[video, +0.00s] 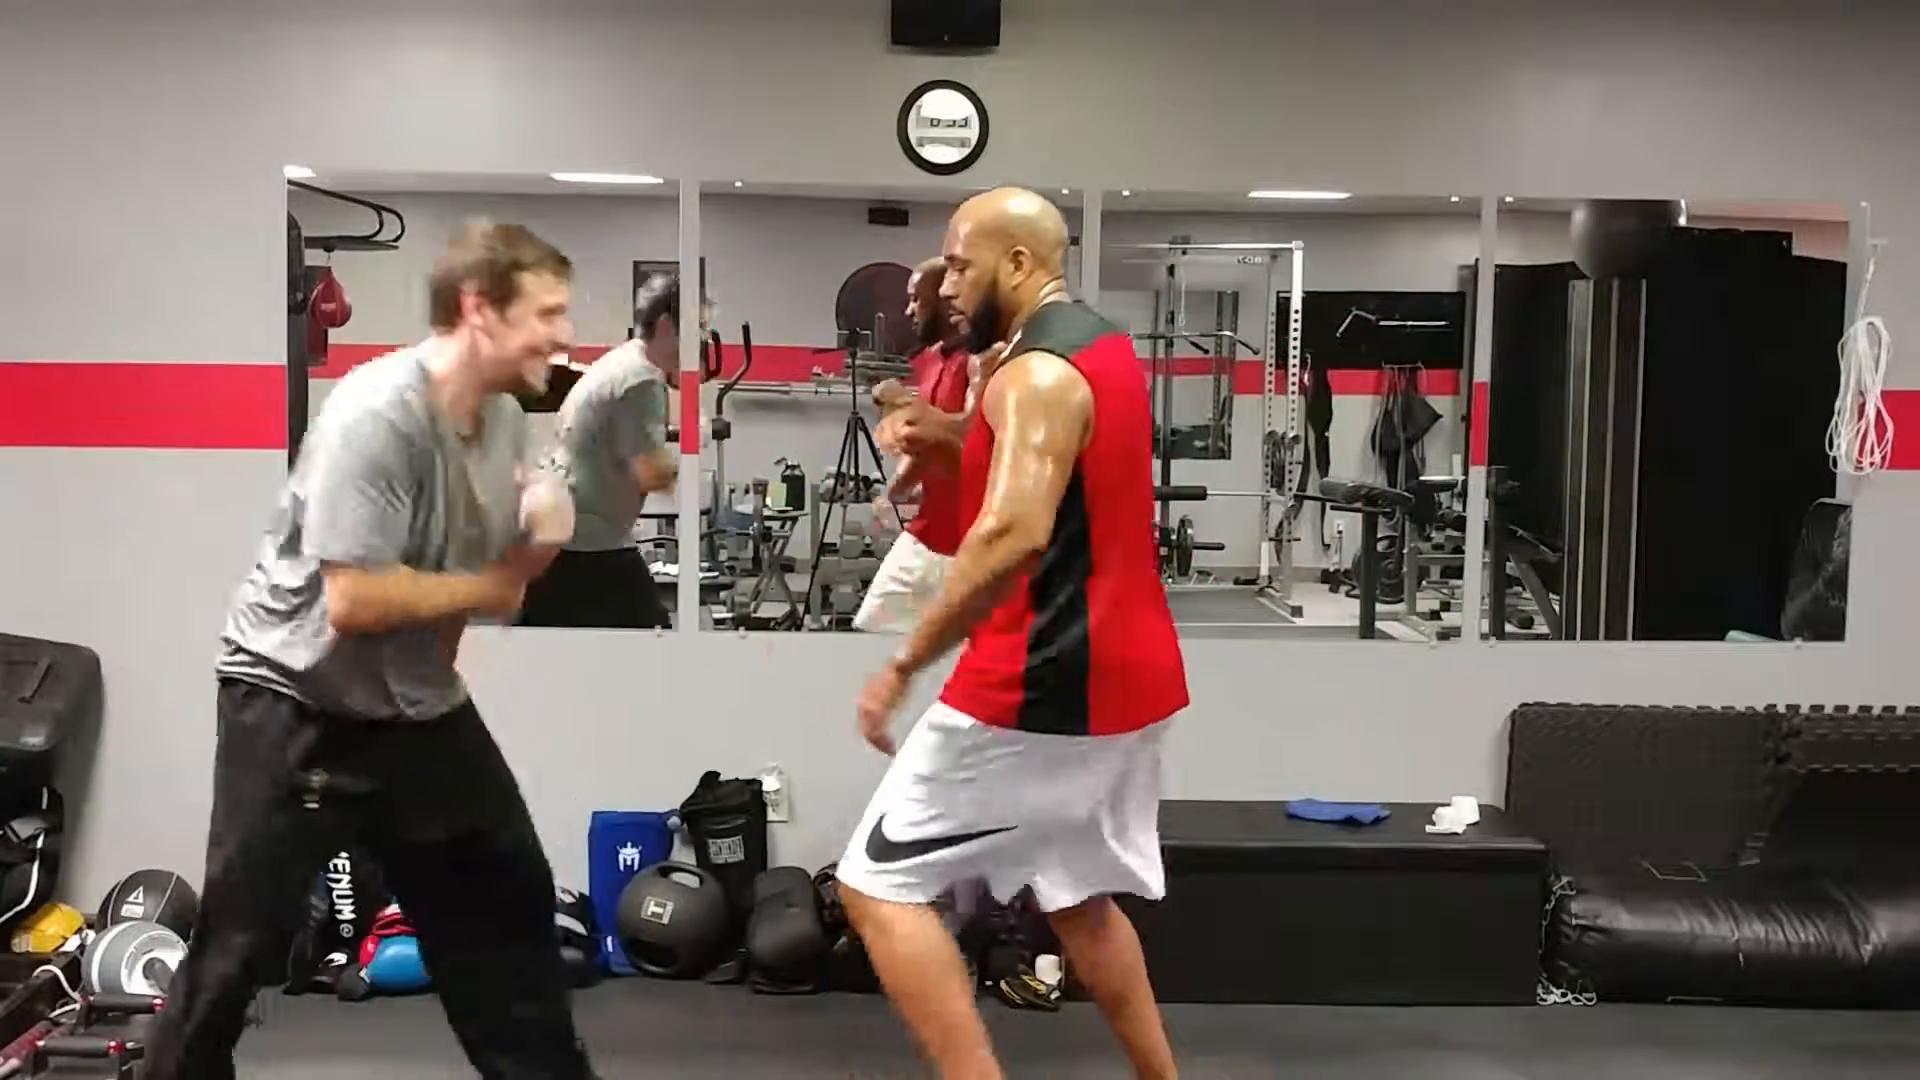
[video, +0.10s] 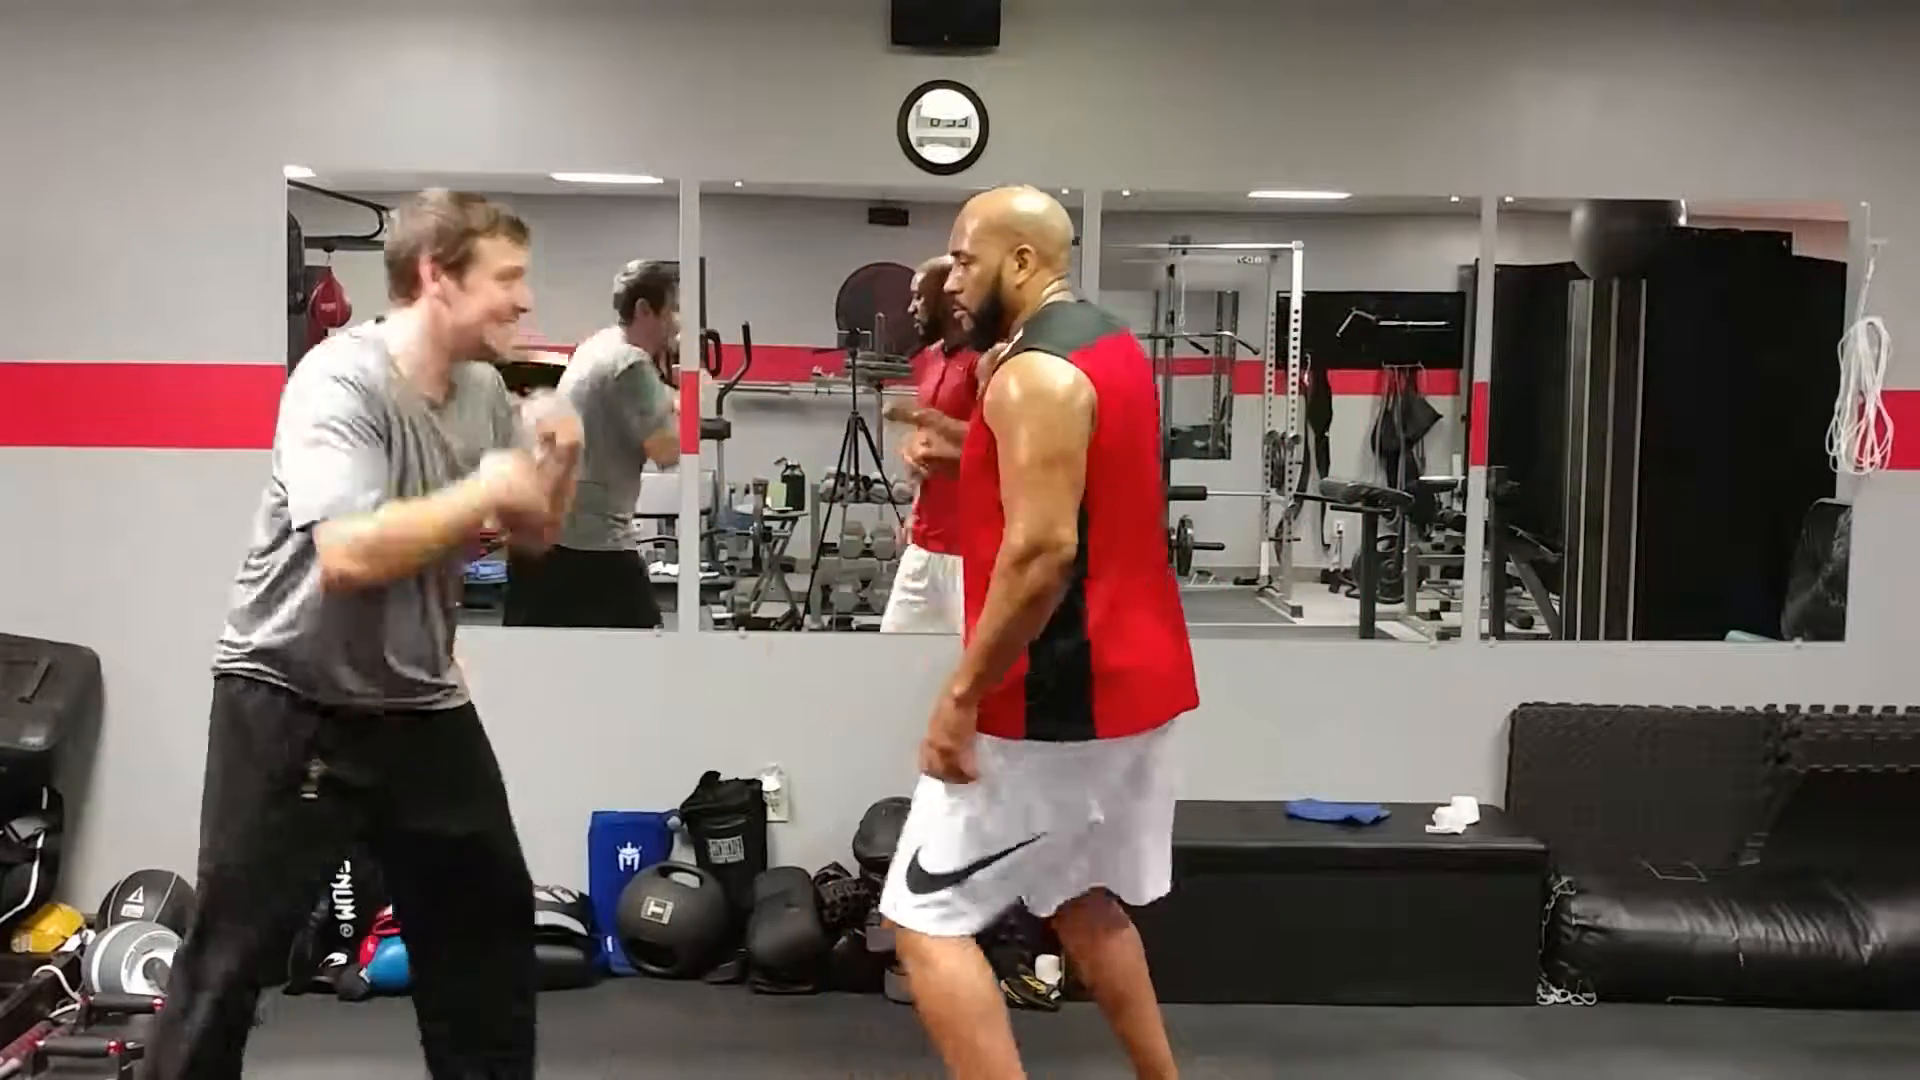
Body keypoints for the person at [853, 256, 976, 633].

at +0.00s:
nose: (909, 311)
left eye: (916, 299)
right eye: (909, 300)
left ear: (945, 300)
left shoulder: (970, 362)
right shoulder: (928, 360)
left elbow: (968, 433)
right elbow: (924, 442)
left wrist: (912, 406)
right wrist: (891, 494)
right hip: (924, 530)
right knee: (869, 633)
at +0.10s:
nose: (912, 308)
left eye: (919, 297)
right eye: (912, 298)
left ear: (951, 299)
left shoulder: (983, 362)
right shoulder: (924, 361)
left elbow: (994, 442)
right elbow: (914, 439)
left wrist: (923, 418)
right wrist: (913, 450)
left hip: (969, 546)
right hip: (924, 542)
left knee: (976, 666)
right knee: (895, 654)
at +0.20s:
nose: (907, 306)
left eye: (915, 296)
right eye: (908, 296)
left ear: (944, 301)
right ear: (935, 305)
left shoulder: (983, 361)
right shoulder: (927, 359)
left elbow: (990, 444)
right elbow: (928, 448)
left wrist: (920, 427)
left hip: (967, 544)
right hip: (928, 540)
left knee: (968, 669)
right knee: (910, 660)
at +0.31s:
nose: (906, 304)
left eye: (914, 293)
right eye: (907, 294)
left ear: (944, 300)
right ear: (936, 304)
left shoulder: (979, 358)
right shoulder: (927, 356)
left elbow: (983, 435)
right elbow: (925, 443)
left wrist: (913, 418)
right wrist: (917, 508)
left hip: (972, 535)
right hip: (934, 533)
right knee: (921, 653)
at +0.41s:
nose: (916, 302)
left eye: (924, 291)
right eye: (917, 292)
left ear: (954, 293)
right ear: (945, 297)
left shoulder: (989, 351)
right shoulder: (942, 352)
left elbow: (962, 418)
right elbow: (939, 436)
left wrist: (896, 397)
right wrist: (908, 491)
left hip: (990, 540)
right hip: (945, 533)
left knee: (999, 664)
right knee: (932, 649)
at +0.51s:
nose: (933, 302)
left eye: (941, 290)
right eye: (935, 291)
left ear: (974, 291)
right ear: (971, 293)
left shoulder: (1006, 351)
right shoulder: (962, 352)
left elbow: (945, 416)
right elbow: (947, 431)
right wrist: (898, 455)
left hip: (1005, 540)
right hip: (955, 536)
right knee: (937, 661)